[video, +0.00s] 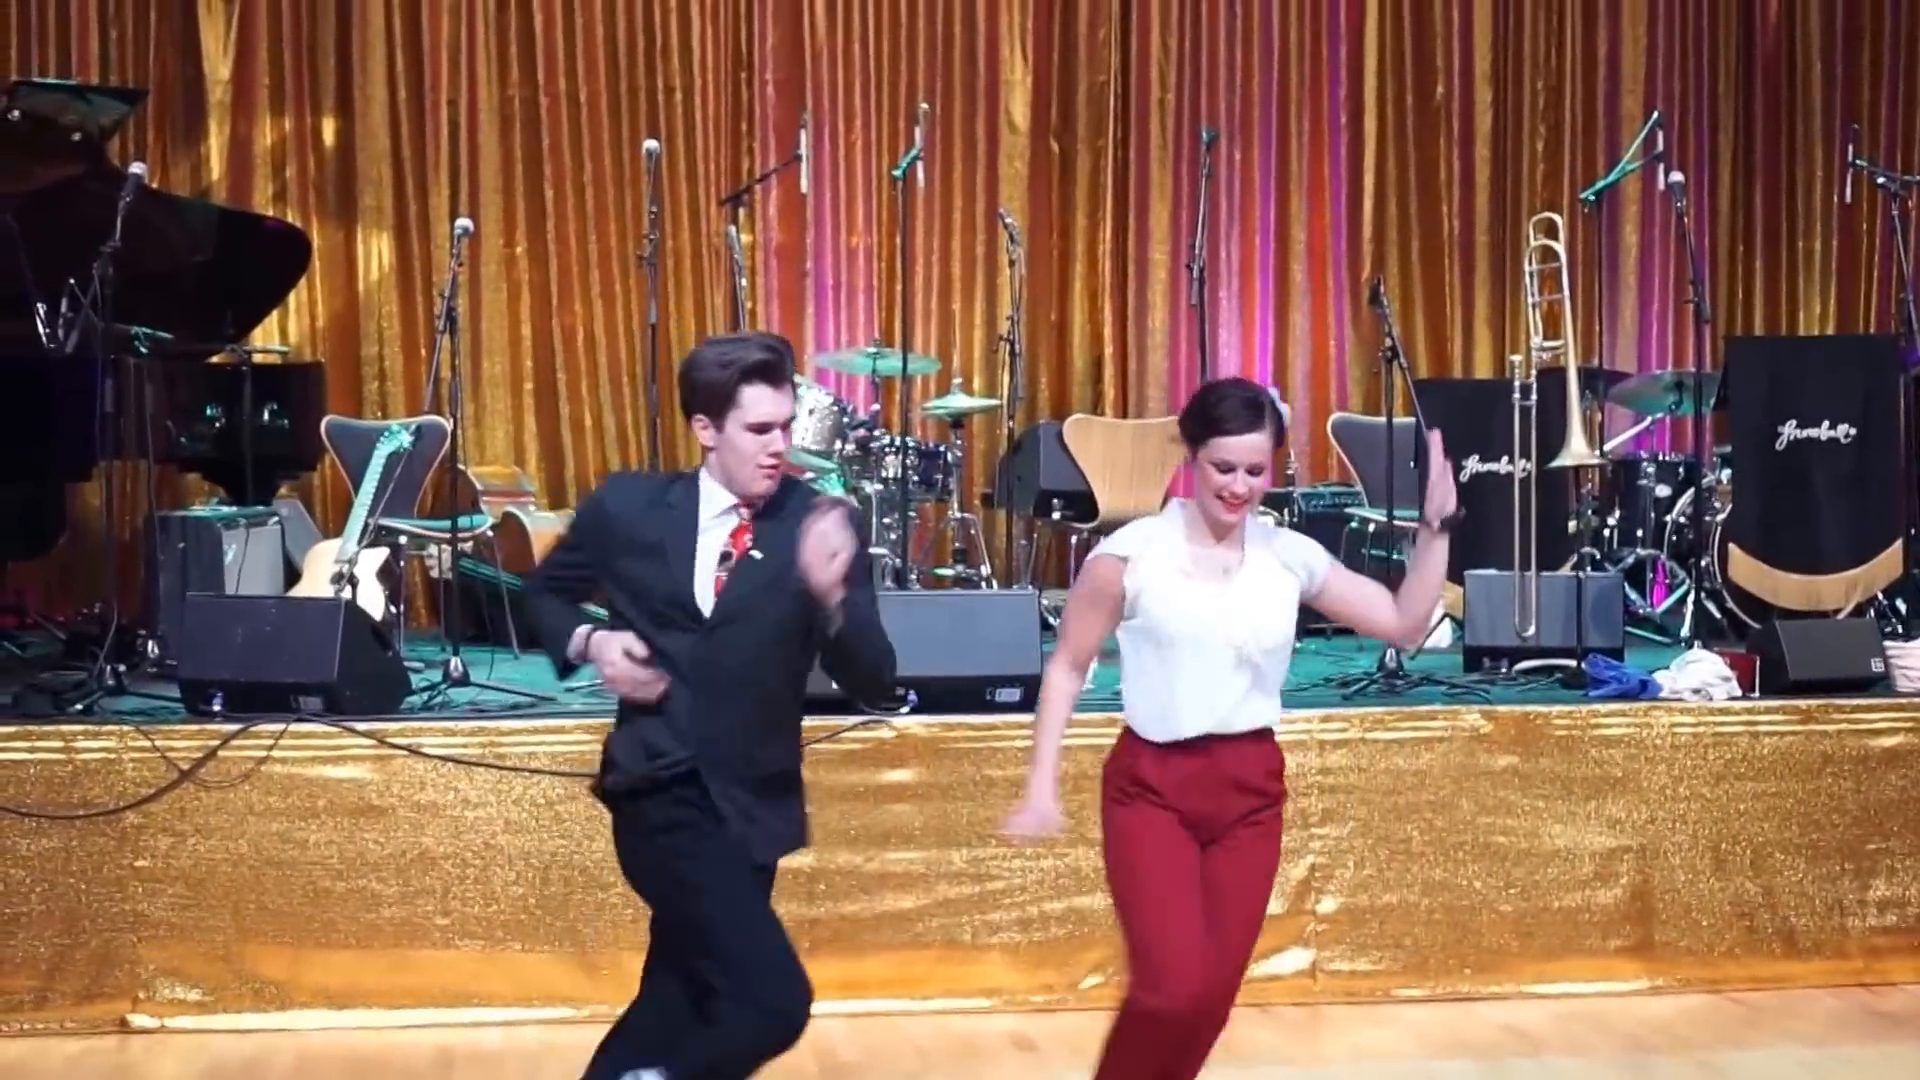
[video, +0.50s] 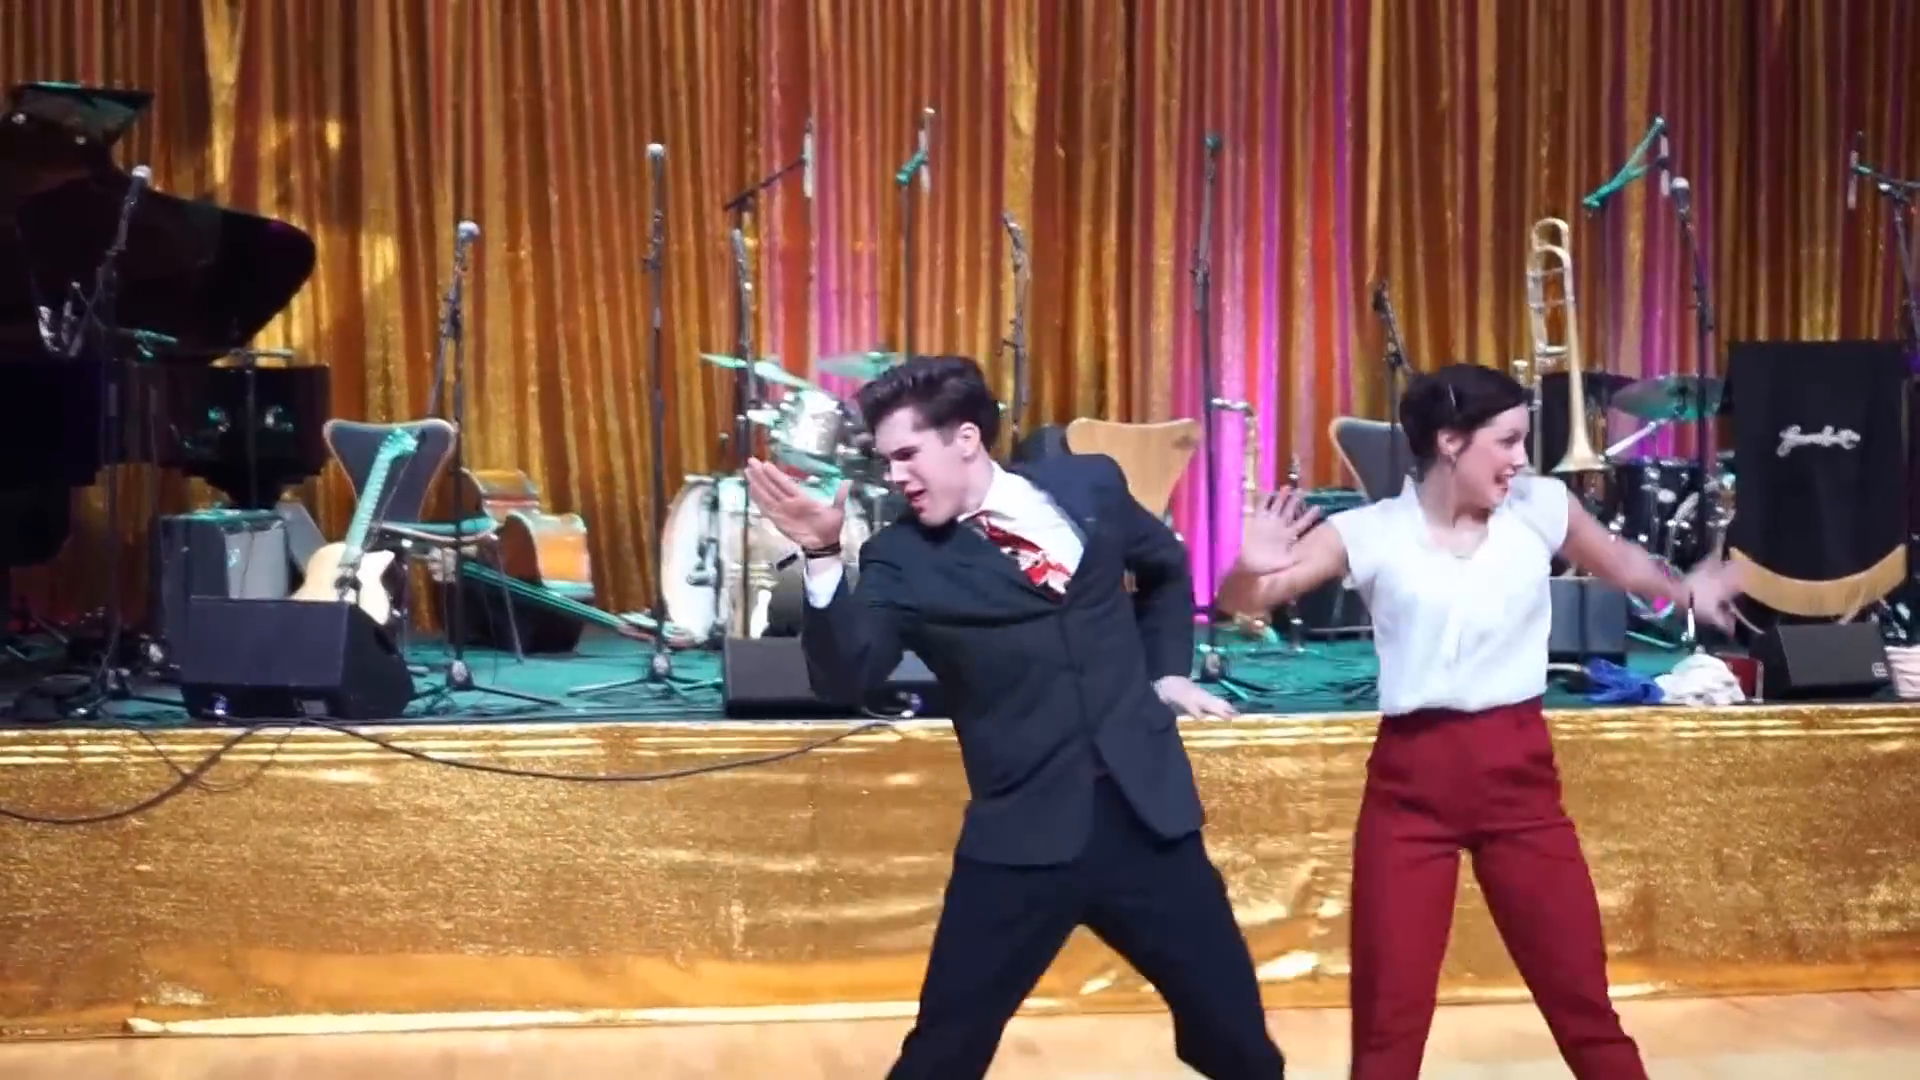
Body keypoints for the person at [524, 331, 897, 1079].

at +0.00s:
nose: (780, 448)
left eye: (787, 427)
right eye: (761, 430)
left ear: (796, 422)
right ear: (704, 430)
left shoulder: (820, 525)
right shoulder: (626, 508)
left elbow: (874, 680)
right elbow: (539, 598)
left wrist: (836, 597)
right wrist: (587, 643)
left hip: (755, 804)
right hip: (658, 790)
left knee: (668, 1019)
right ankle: (643, 1068)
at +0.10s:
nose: (814, 448)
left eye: (821, 427)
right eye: (793, 432)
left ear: (832, 418)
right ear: (735, 433)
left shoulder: (873, 516)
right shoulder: (667, 528)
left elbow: (878, 662)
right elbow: (673, 701)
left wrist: (837, 774)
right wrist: (654, 662)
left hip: (809, 795)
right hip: (706, 793)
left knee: (708, 1040)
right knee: (767, 1044)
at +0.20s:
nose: (830, 467)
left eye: (840, 443)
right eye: (807, 450)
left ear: (856, 432)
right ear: (763, 449)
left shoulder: (928, 547)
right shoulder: (723, 563)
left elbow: (953, 717)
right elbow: (688, 741)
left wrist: (964, 869)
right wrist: (660, 633)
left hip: (867, 847)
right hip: (753, 845)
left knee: (891, 1047)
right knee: (765, 1051)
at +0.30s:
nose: (820, 466)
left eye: (834, 443)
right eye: (805, 449)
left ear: (886, 428)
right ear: (794, 448)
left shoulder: (989, 515)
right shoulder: (782, 551)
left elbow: (1036, 667)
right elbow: (711, 687)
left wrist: (1051, 797)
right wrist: (698, 564)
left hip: (963, 831)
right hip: (833, 838)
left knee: (1042, 1042)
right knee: (762, 1057)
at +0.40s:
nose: (851, 464)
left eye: (863, 441)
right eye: (840, 448)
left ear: (923, 424)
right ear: (832, 446)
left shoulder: (1044, 478)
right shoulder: (845, 538)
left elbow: (1092, 587)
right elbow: (781, 667)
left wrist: (1103, 689)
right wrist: (762, 549)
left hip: (1063, 811)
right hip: (931, 818)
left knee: (1137, 1048)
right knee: (852, 1040)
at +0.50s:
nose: (896, 478)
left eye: (907, 454)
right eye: (885, 462)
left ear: (969, 439)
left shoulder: (1088, 484)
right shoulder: (900, 558)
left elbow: (1165, 562)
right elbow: (843, 680)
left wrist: (1171, 671)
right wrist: (823, 558)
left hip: (1149, 816)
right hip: (1020, 834)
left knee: (1240, 1050)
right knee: (944, 1055)